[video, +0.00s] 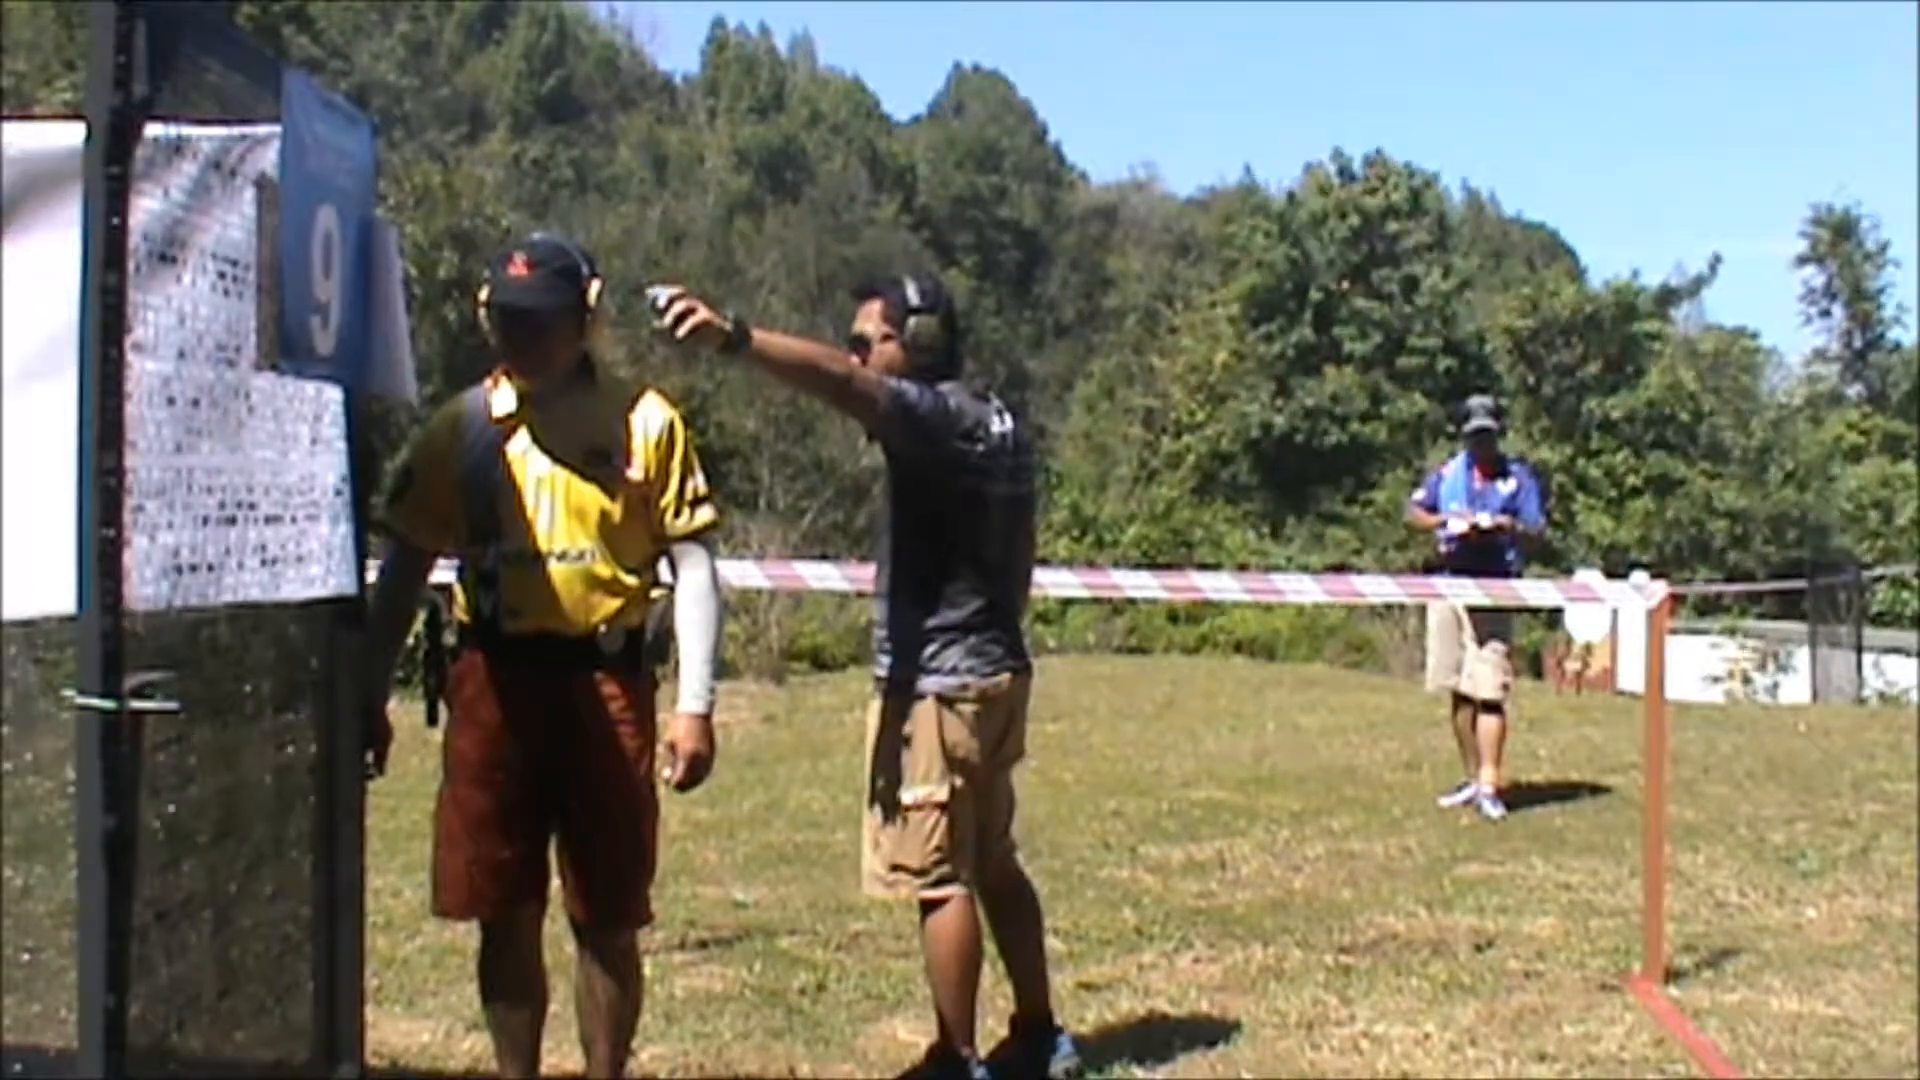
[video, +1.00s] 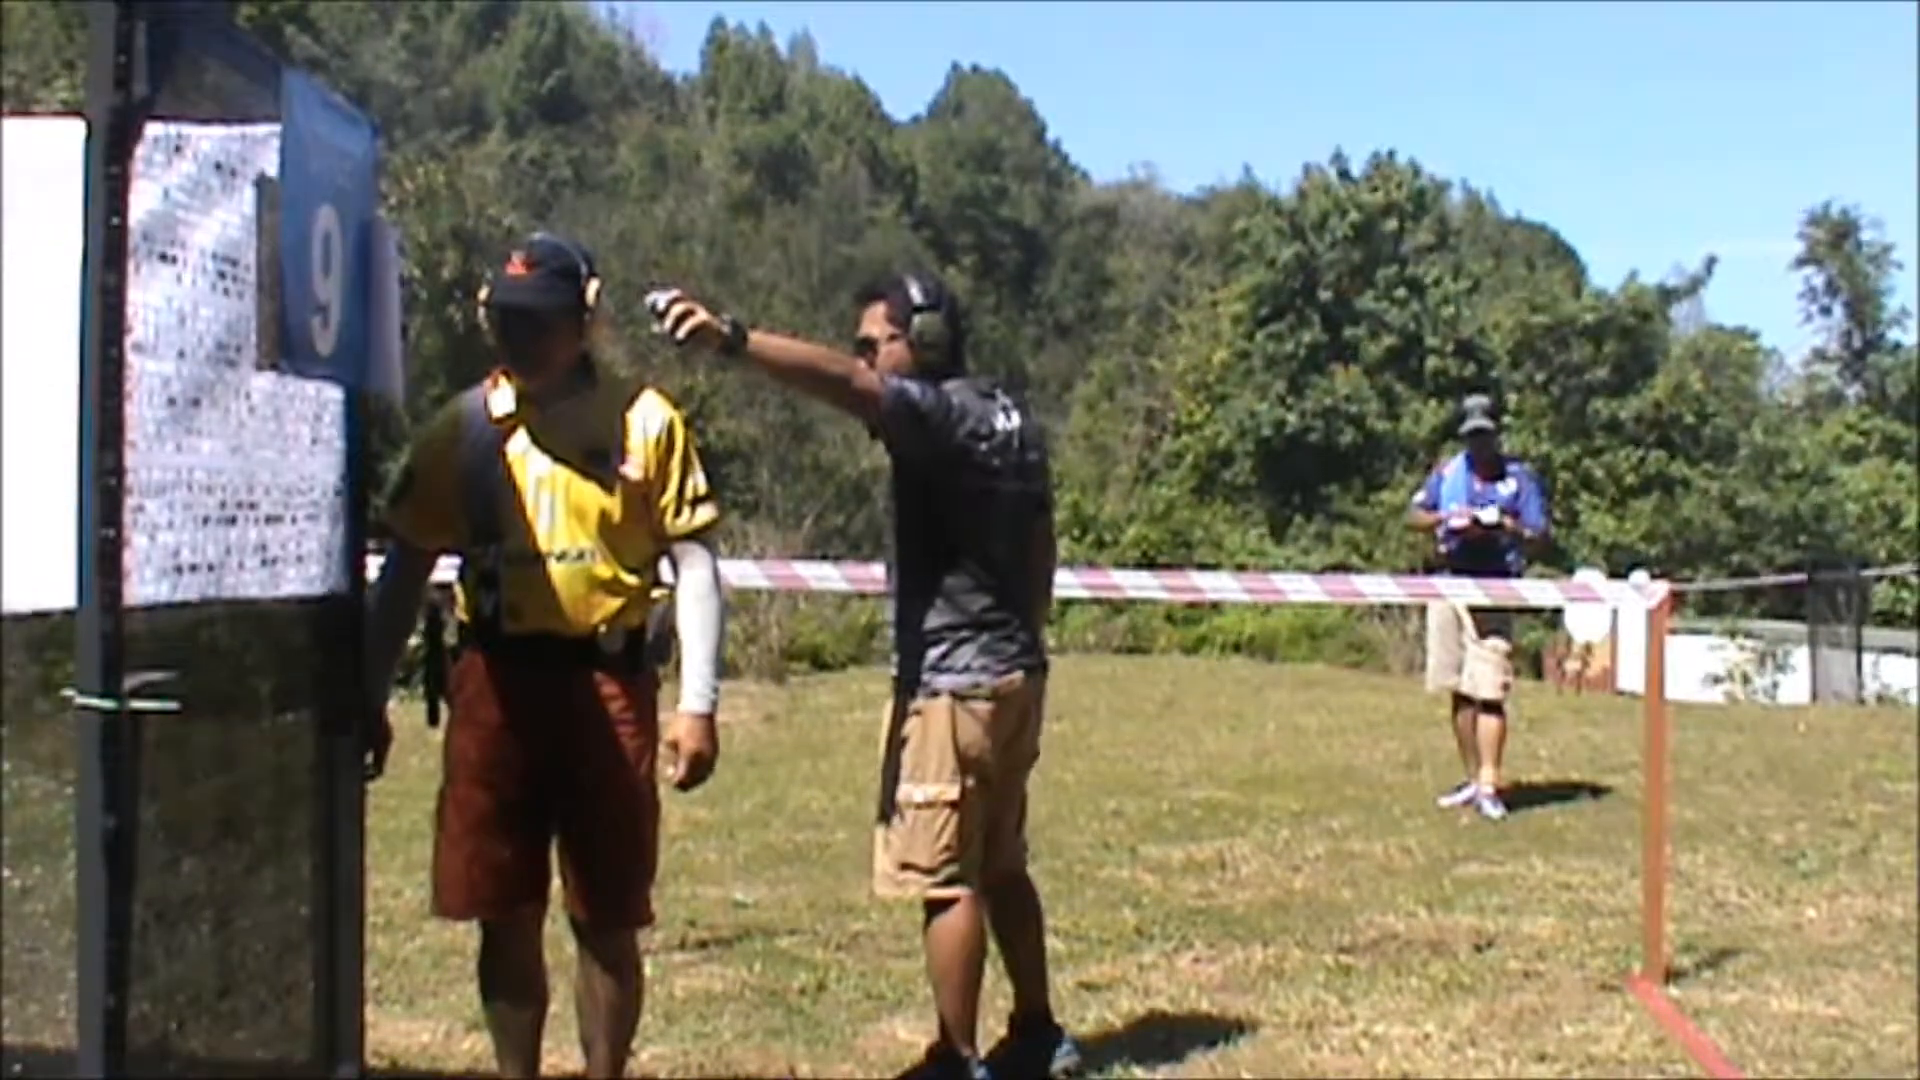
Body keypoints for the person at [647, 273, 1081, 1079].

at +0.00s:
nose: (855, 357)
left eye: (868, 342)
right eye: (856, 341)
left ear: (919, 344)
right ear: (937, 347)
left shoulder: (932, 414)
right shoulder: (1001, 421)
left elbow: (842, 379)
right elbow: (1014, 560)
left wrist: (734, 335)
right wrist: (993, 643)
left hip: (941, 676)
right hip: (996, 670)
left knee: (939, 876)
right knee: (994, 865)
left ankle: (953, 1054)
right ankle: (1038, 1029)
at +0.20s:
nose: (858, 358)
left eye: (869, 343)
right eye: (858, 343)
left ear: (918, 342)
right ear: (938, 344)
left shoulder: (932, 412)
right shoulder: (1000, 416)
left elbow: (846, 379)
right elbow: (1023, 553)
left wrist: (736, 332)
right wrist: (1005, 646)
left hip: (944, 676)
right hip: (998, 670)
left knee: (939, 877)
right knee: (993, 865)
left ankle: (953, 1055)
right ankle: (1038, 1029)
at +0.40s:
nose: (859, 358)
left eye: (868, 344)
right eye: (858, 344)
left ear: (916, 343)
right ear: (940, 344)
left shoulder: (931, 412)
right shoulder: (1004, 417)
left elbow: (844, 380)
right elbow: (1026, 560)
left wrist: (730, 339)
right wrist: (1006, 648)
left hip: (947, 676)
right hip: (1003, 671)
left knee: (938, 876)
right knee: (994, 866)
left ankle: (954, 1055)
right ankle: (1037, 1029)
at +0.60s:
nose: (859, 359)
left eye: (869, 344)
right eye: (858, 344)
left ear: (918, 341)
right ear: (941, 343)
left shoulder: (931, 411)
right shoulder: (1006, 418)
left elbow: (844, 380)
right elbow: (1032, 556)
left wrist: (729, 338)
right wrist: (1016, 650)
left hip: (949, 679)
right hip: (1005, 672)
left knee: (939, 876)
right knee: (994, 866)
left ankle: (954, 1055)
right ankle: (1037, 1029)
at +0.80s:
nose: (863, 360)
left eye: (872, 344)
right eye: (860, 344)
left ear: (919, 341)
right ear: (945, 342)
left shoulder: (930, 411)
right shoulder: (1012, 419)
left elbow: (845, 380)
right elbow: (1036, 555)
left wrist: (727, 338)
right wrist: (1020, 647)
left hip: (950, 678)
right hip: (1009, 671)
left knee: (942, 876)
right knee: (996, 867)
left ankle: (955, 1055)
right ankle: (1037, 1028)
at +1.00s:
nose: (867, 360)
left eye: (876, 344)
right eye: (864, 344)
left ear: (921, 340)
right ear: (947, 342)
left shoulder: (932, 410)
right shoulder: (1013, 418)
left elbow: (852, 382)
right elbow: (1040, 549)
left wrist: (732, 338)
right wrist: (1024, 641)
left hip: (955, 677)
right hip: (1015, 670)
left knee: (945, 876)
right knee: (1002, 868)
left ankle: (953, 1054)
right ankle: (1036, 1027)